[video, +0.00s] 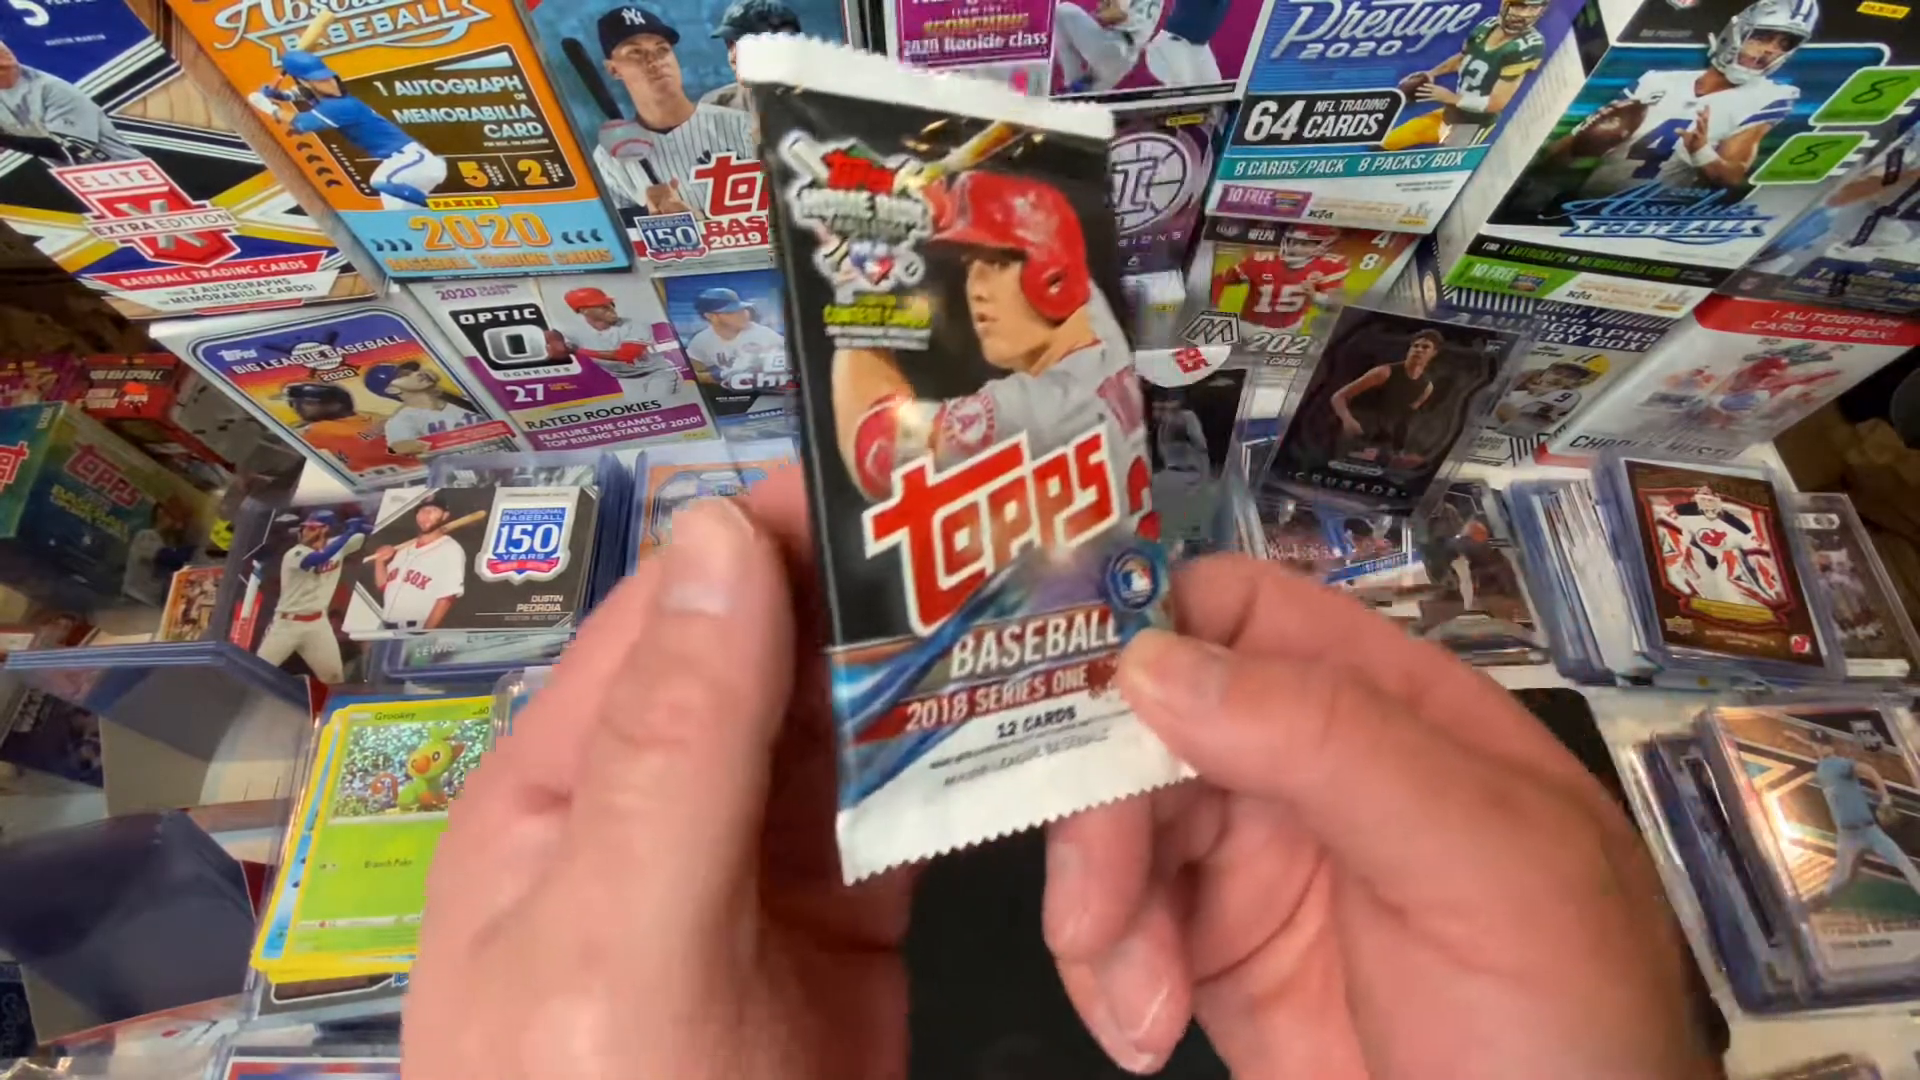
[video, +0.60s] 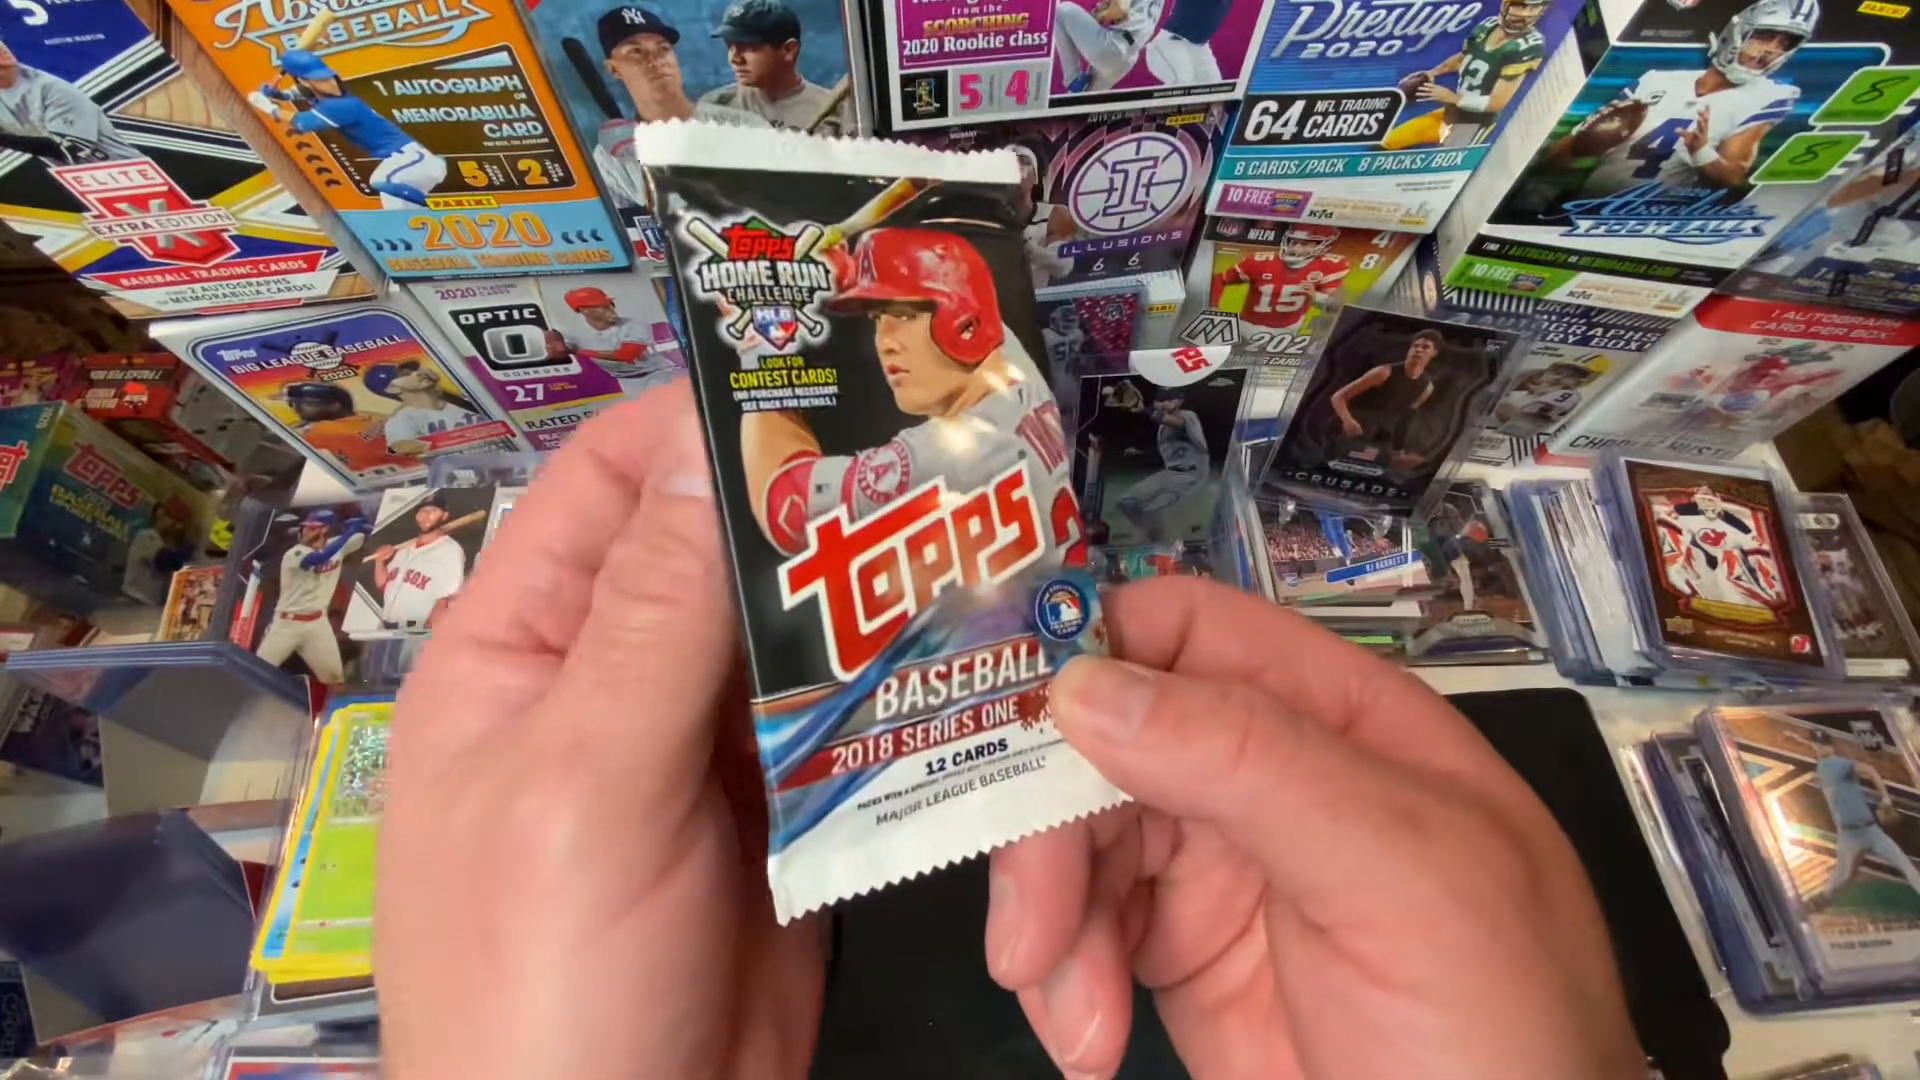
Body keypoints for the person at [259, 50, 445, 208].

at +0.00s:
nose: (330, 80)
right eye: (322, 78)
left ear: (310, 83)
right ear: (308, 83)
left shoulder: (343, 107)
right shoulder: (332, 102)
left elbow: (298, 123)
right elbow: (303, 92)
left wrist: (271, 109)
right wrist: (278, 95)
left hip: (415, 159)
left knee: (381, 179)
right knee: (399, 219)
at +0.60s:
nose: (331, 80)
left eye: (328, 76)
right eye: (322, 78)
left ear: (309, 82)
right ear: (307, 83)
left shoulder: (343, 106)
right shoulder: (332, 103)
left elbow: (299, 122)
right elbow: (301, 92)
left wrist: (270, 108)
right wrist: (276, 94)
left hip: (415, 158)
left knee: (380, 179)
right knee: (398, 221)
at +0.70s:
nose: (300, 87)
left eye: (301, 82)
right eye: (300, 83)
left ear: (309, 83)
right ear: (325, 79)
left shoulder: (342, 107)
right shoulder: (334, 102)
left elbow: (299, 123)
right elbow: (303, 93)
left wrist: (270, 110)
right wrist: (278, 96)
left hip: (413, 159)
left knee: (380, 180)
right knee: (398, 222)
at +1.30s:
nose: (298, 86)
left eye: (299, 82)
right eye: (298, 83)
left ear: (308, 83)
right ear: (324, 78)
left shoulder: (342, 106)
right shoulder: (335, 100)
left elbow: (298, 122)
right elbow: (303, 92)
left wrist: (267, 107)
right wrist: (277, 94)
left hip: (413, 158)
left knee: (380, 179)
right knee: (397, 223)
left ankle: (431, 213)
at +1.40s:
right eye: (322, 78)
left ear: (309, 83)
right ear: (308, 84)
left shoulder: (344, 106)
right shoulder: (333, 102)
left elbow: (300, 122)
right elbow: (303, 92)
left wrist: (270, 110)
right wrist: (277, 95)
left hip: (415, 158)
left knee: (381, 179)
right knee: (399, 222)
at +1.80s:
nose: (330, 80)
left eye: (328, 77)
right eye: (323, 78)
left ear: (309, 83)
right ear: (306, 83)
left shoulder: (343, 106)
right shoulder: (331, 102)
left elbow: (300, 122)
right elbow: (300, 92)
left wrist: (271, 109)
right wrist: (276, 94)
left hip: (414, 158)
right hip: (405, 165)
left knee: (381, 179)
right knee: (398, 222)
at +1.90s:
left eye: (301, 82)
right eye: (321, 79)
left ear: (308, 83)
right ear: (310, 82)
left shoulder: (343, 106)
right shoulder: (333, 102)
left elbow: (299, 123)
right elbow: (302, 93)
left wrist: (271, 109)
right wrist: (278, 95)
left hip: (415, 158)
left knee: (381, 179)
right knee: (398, 221)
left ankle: (434, 216)